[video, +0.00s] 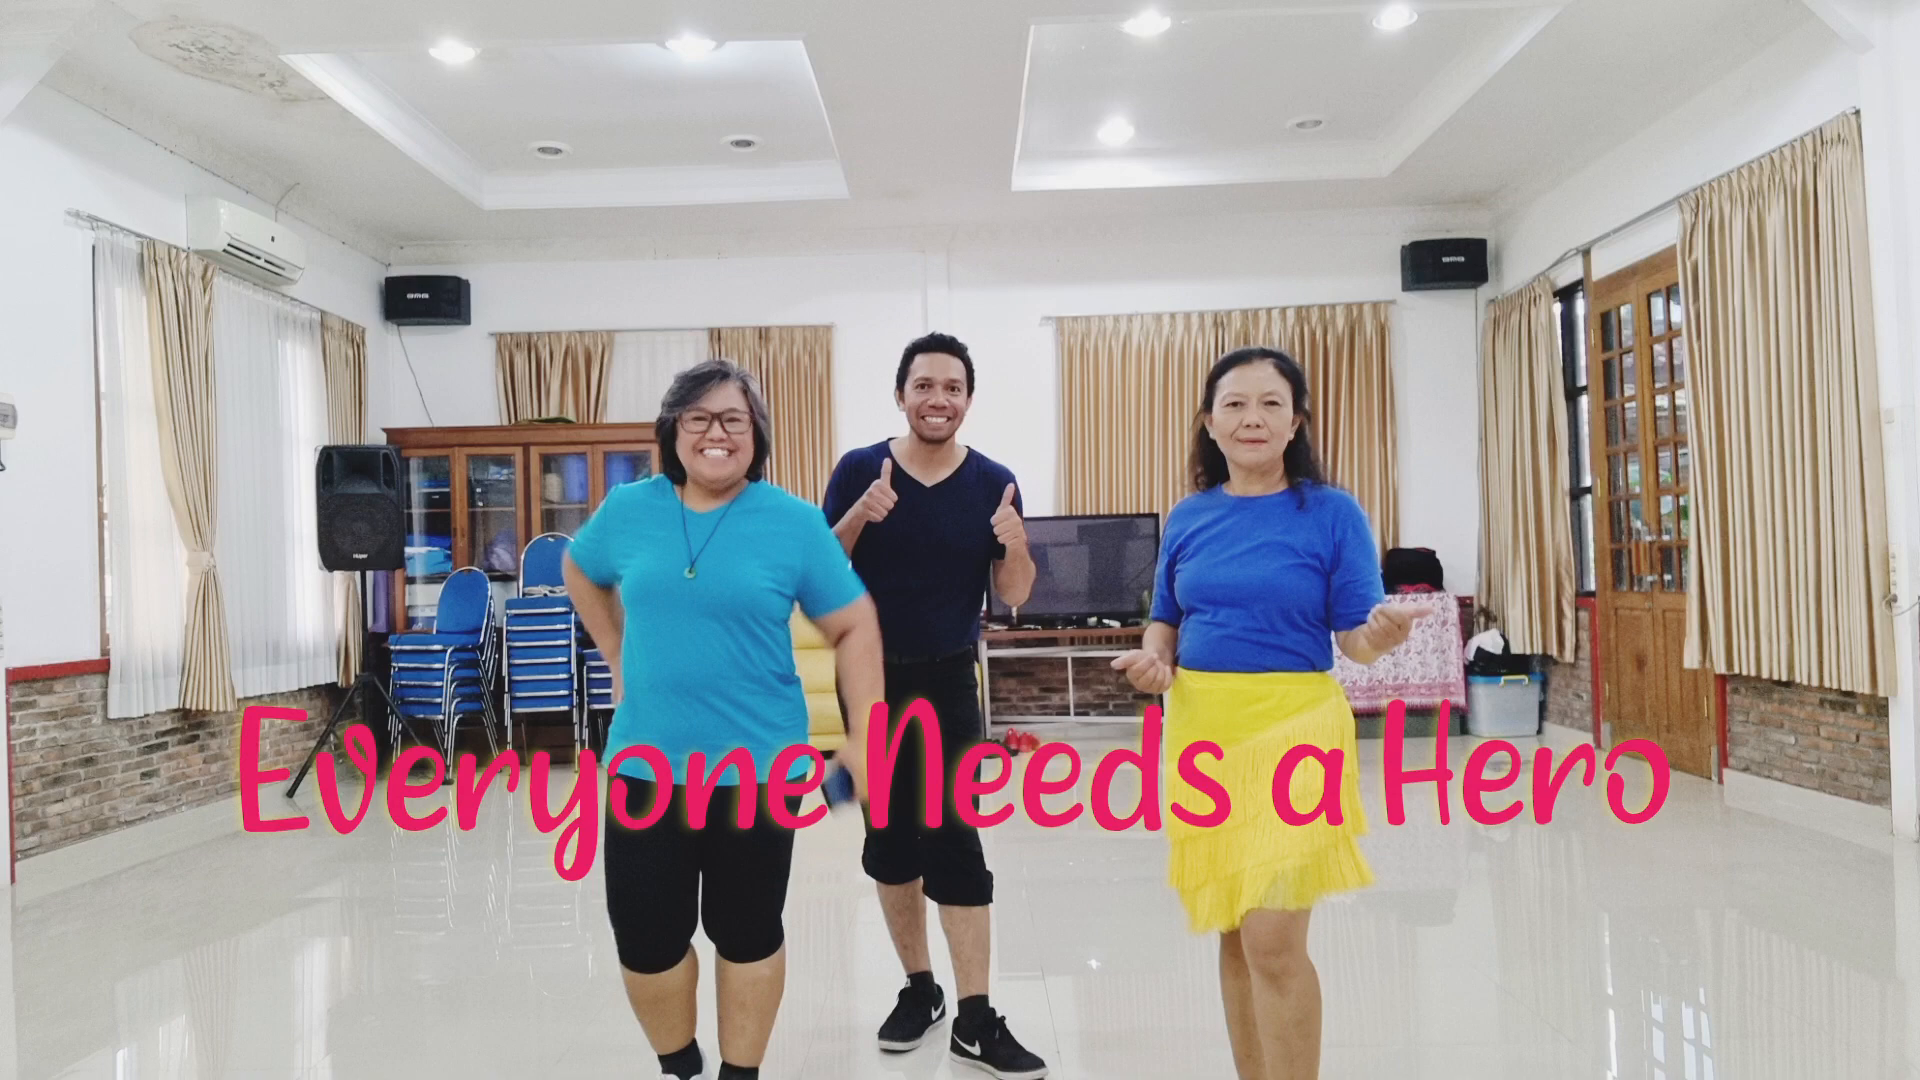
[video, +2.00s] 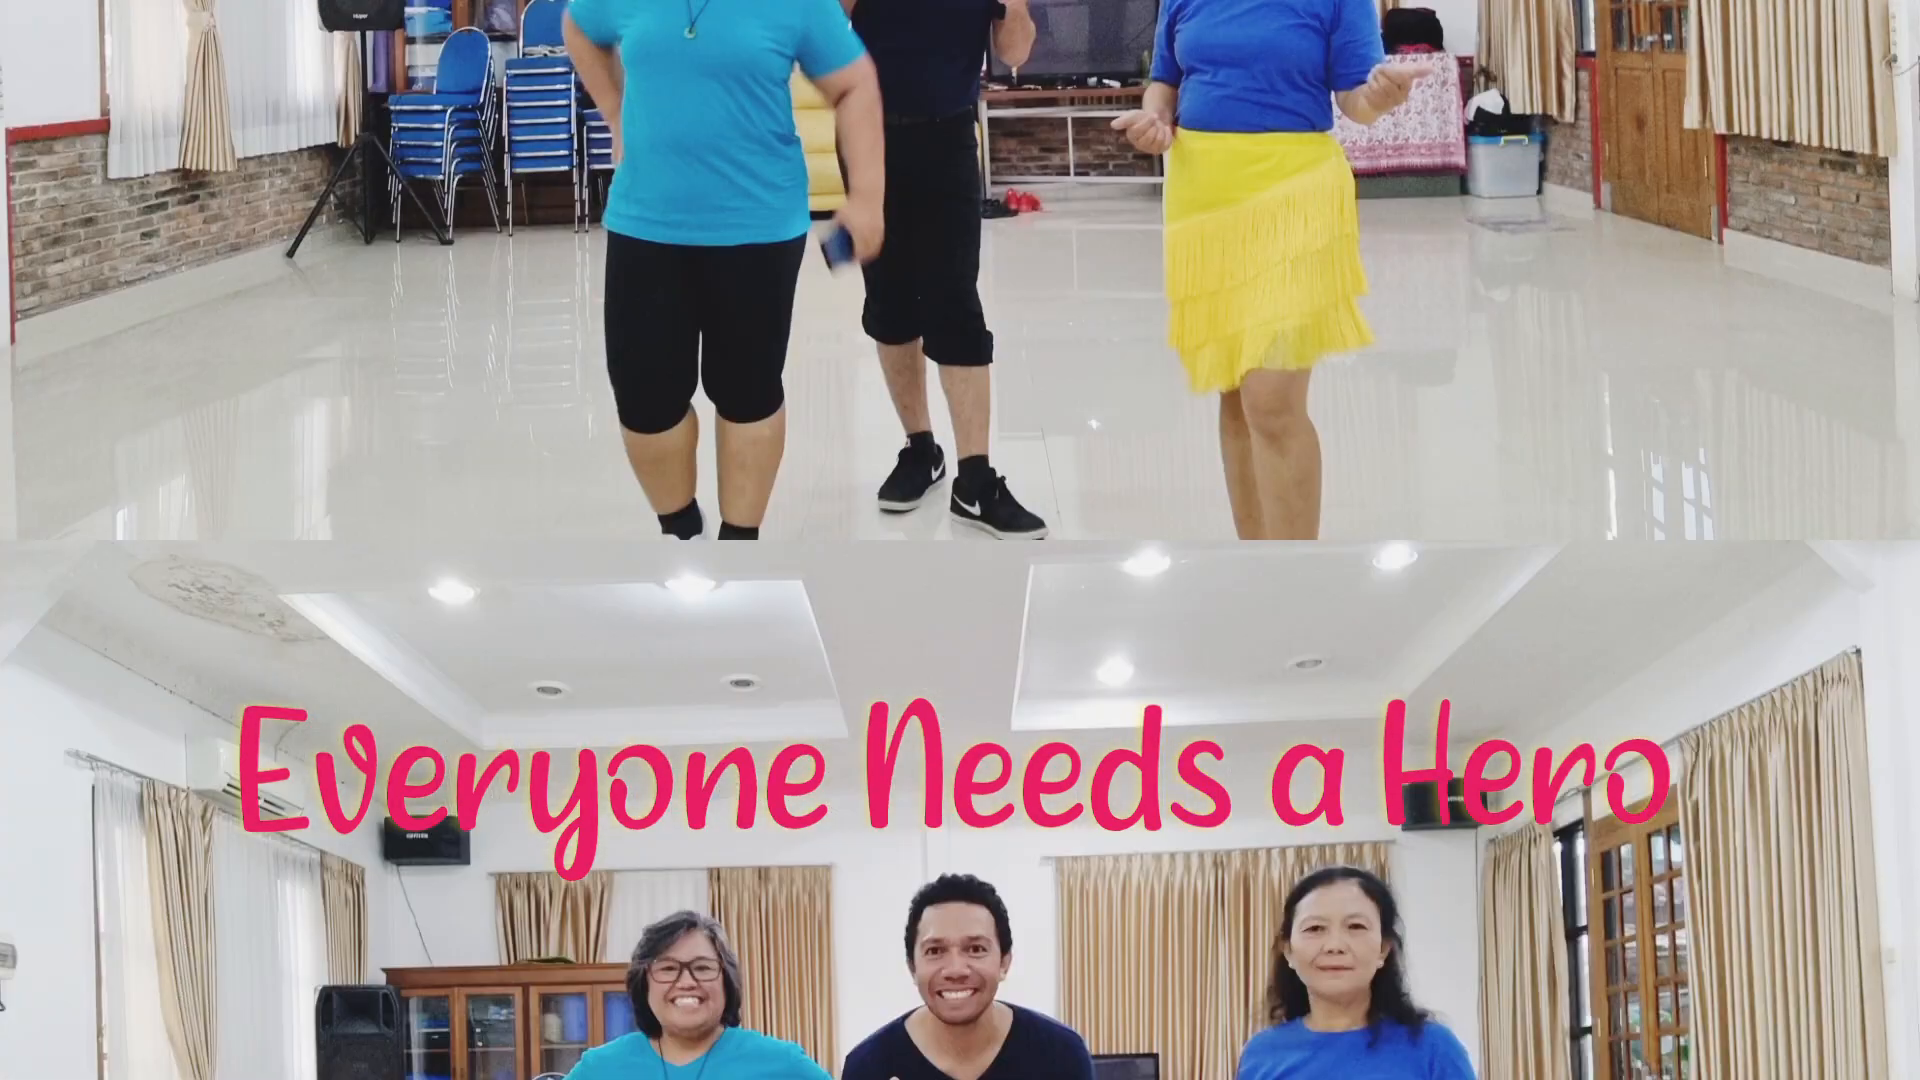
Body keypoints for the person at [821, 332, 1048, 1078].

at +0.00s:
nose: (938, 400)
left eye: (952, 388)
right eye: (924, 386)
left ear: (968, 399)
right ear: (900, 396)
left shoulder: (992, 483)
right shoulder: (858, 472)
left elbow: (1014, 595)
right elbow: (813, 570)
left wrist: (1015, 548)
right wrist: (854, 520)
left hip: (950, 676)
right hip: (872, 676)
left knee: (957, 841)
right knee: (892, 840)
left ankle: (975, 1014)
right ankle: (919, 990)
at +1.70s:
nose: (938, 365)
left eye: (952, 354)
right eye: (924, 352)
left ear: (968, 365)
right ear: (901, 362)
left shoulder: (992, 448)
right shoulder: (858, 438)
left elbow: (1014, 562)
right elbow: (813, 535)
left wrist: (1015, 514)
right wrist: (854, 485)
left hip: (950, 644)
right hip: (872, 643)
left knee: (959, 809)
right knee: (892, 810)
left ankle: (975, 980)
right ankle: (919, 955)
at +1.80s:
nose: (938, 283)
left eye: (952, 271)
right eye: (924, 270)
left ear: (968, 283)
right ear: (900, 280)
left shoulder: (991, 366)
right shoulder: (858, 355)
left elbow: (1014, 479)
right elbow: (813, 453)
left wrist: (1015, 431)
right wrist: (854, 403)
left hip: (949, 562)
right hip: (870, 560)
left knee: (957, 723)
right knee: (890, 718)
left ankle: (975, 896)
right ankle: (918, 870)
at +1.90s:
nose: (939, 123)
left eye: (952, 112)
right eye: (925, 110)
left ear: (968, 124)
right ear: (901, 119)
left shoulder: (990, 206)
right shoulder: (859, 195)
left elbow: (1013, 321)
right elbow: (813, 292)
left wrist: (1015, 272)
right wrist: (855, 242)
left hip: (949, 405)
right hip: (872, 403)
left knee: (955, 570)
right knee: (893, 567)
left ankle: (978, 735)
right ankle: (919, 712)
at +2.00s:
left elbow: (1015, 52)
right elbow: (825, 31)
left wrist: (1015, 6)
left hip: (948, 130)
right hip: (870, 128)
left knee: (956, 302)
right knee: (890, 297)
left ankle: (975, 475)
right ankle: (919, 448)